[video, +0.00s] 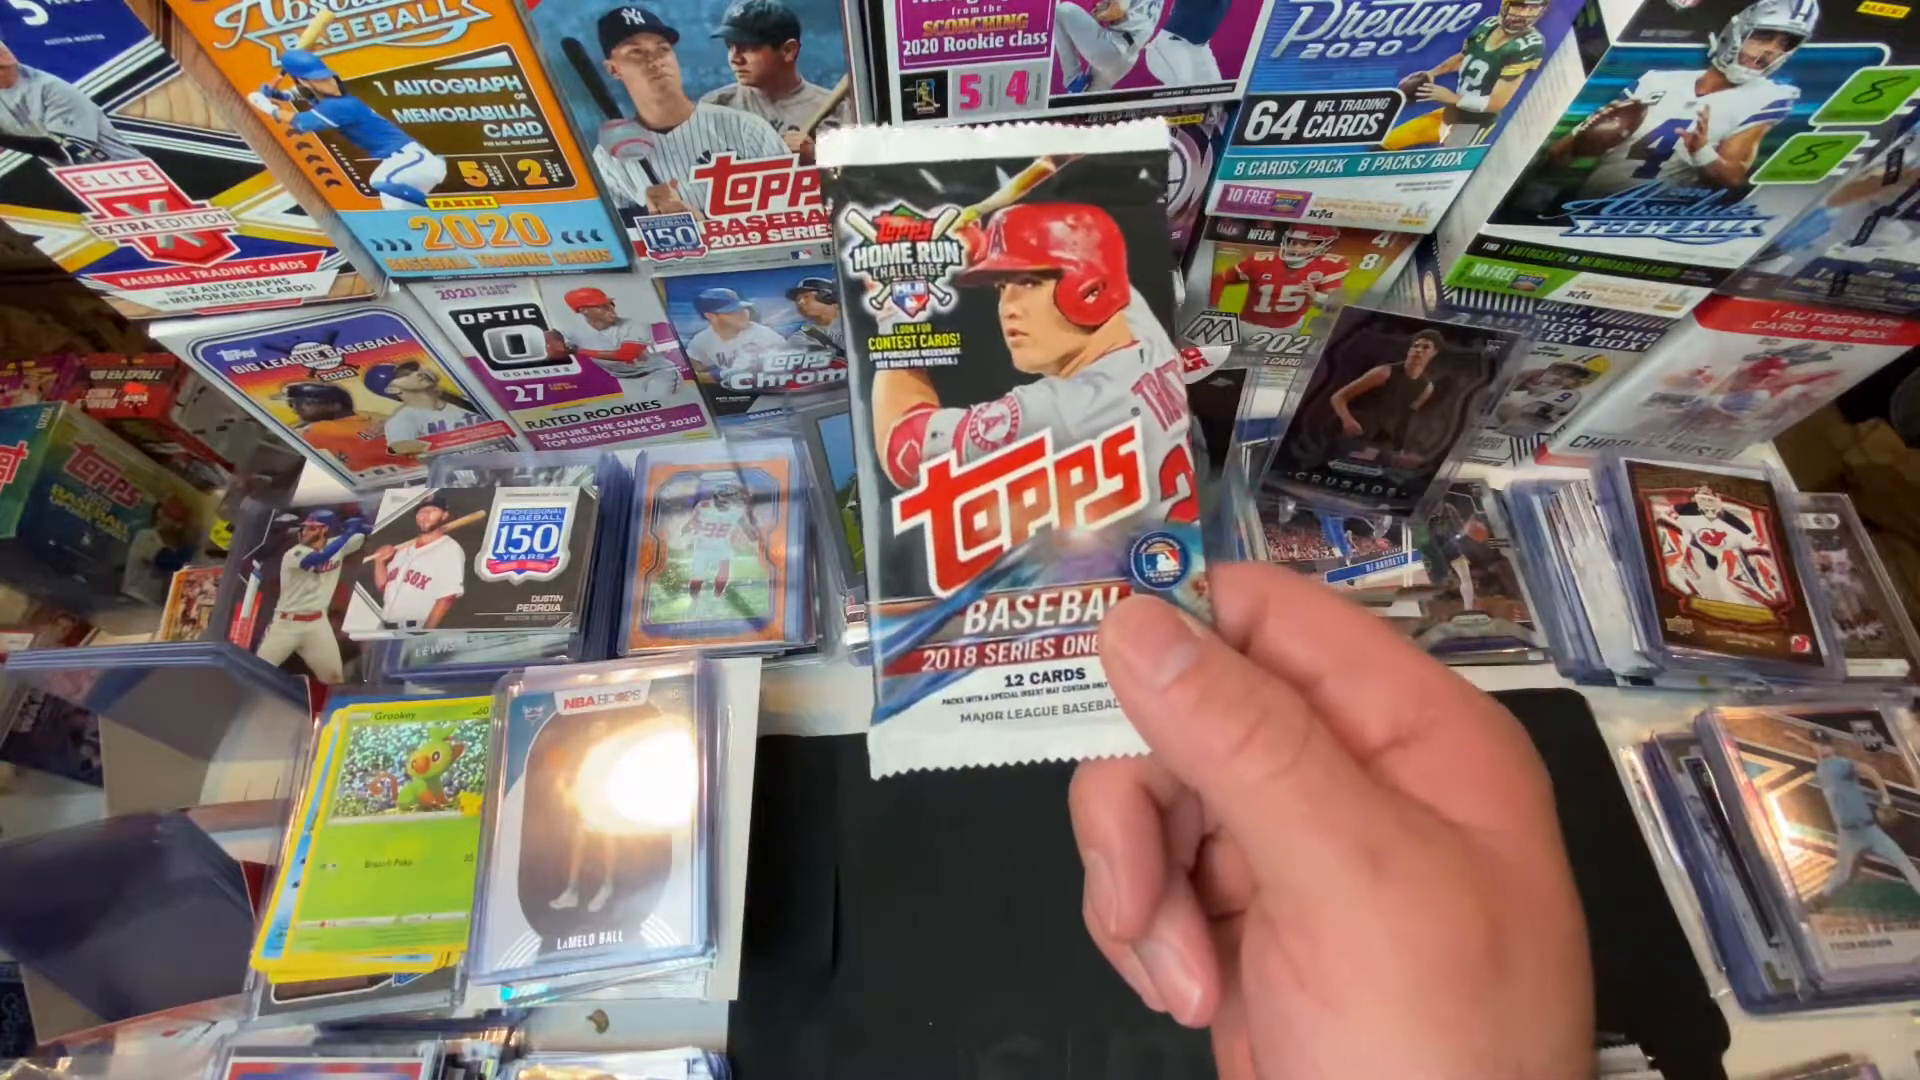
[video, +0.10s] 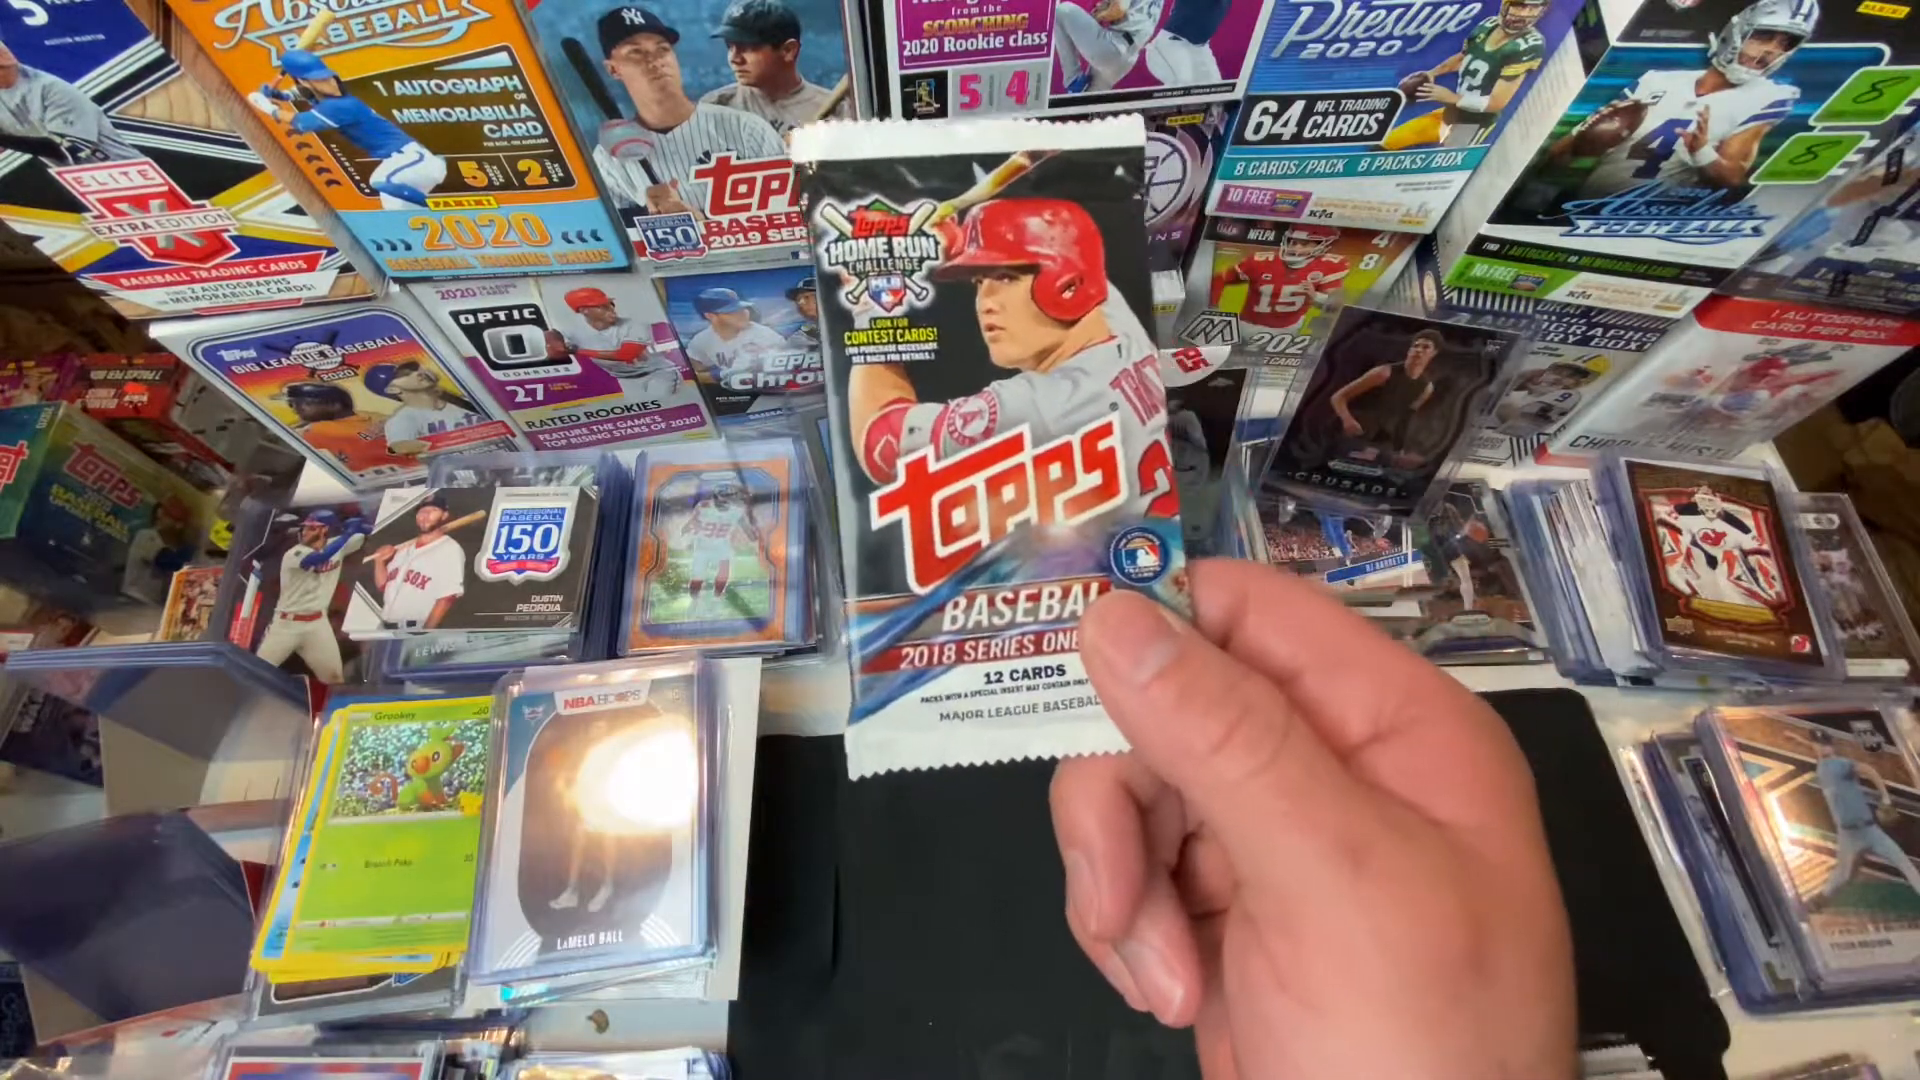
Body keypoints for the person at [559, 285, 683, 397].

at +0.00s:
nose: (612, 310)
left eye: (611, 305)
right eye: (604, 308)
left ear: (613, 304)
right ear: (587, 312)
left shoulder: (633, 325)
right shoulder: (579, 335)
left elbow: (627, 354)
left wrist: (581, 353)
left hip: (658, 371)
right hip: (624, 378)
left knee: (657, 397)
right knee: (630, 403)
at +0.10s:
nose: (612, 310)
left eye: (611, 305)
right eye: (604, 308)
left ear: (613, 304)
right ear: (587, 312)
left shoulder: (633, 325)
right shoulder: (579, 336)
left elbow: (627, 354)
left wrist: (581, 353)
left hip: (658, 371)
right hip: (624, 378)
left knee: (657, 395)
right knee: (630, 402)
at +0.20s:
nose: (613, 311)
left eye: (611, 306)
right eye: (605, 308)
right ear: (587, 312)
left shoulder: (633, 325)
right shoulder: (578, 336)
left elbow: (628, 354)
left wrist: (583, 353)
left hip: (657, 371)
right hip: (624, 378)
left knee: (657, 398)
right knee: (631, 402)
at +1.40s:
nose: (612, 309)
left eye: (611, 305)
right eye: (604, 307)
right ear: (586, 312)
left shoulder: (633, 326)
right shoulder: (578, 337)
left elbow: (627, 355)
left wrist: (579, 352)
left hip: (659, 374)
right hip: (627, 381)